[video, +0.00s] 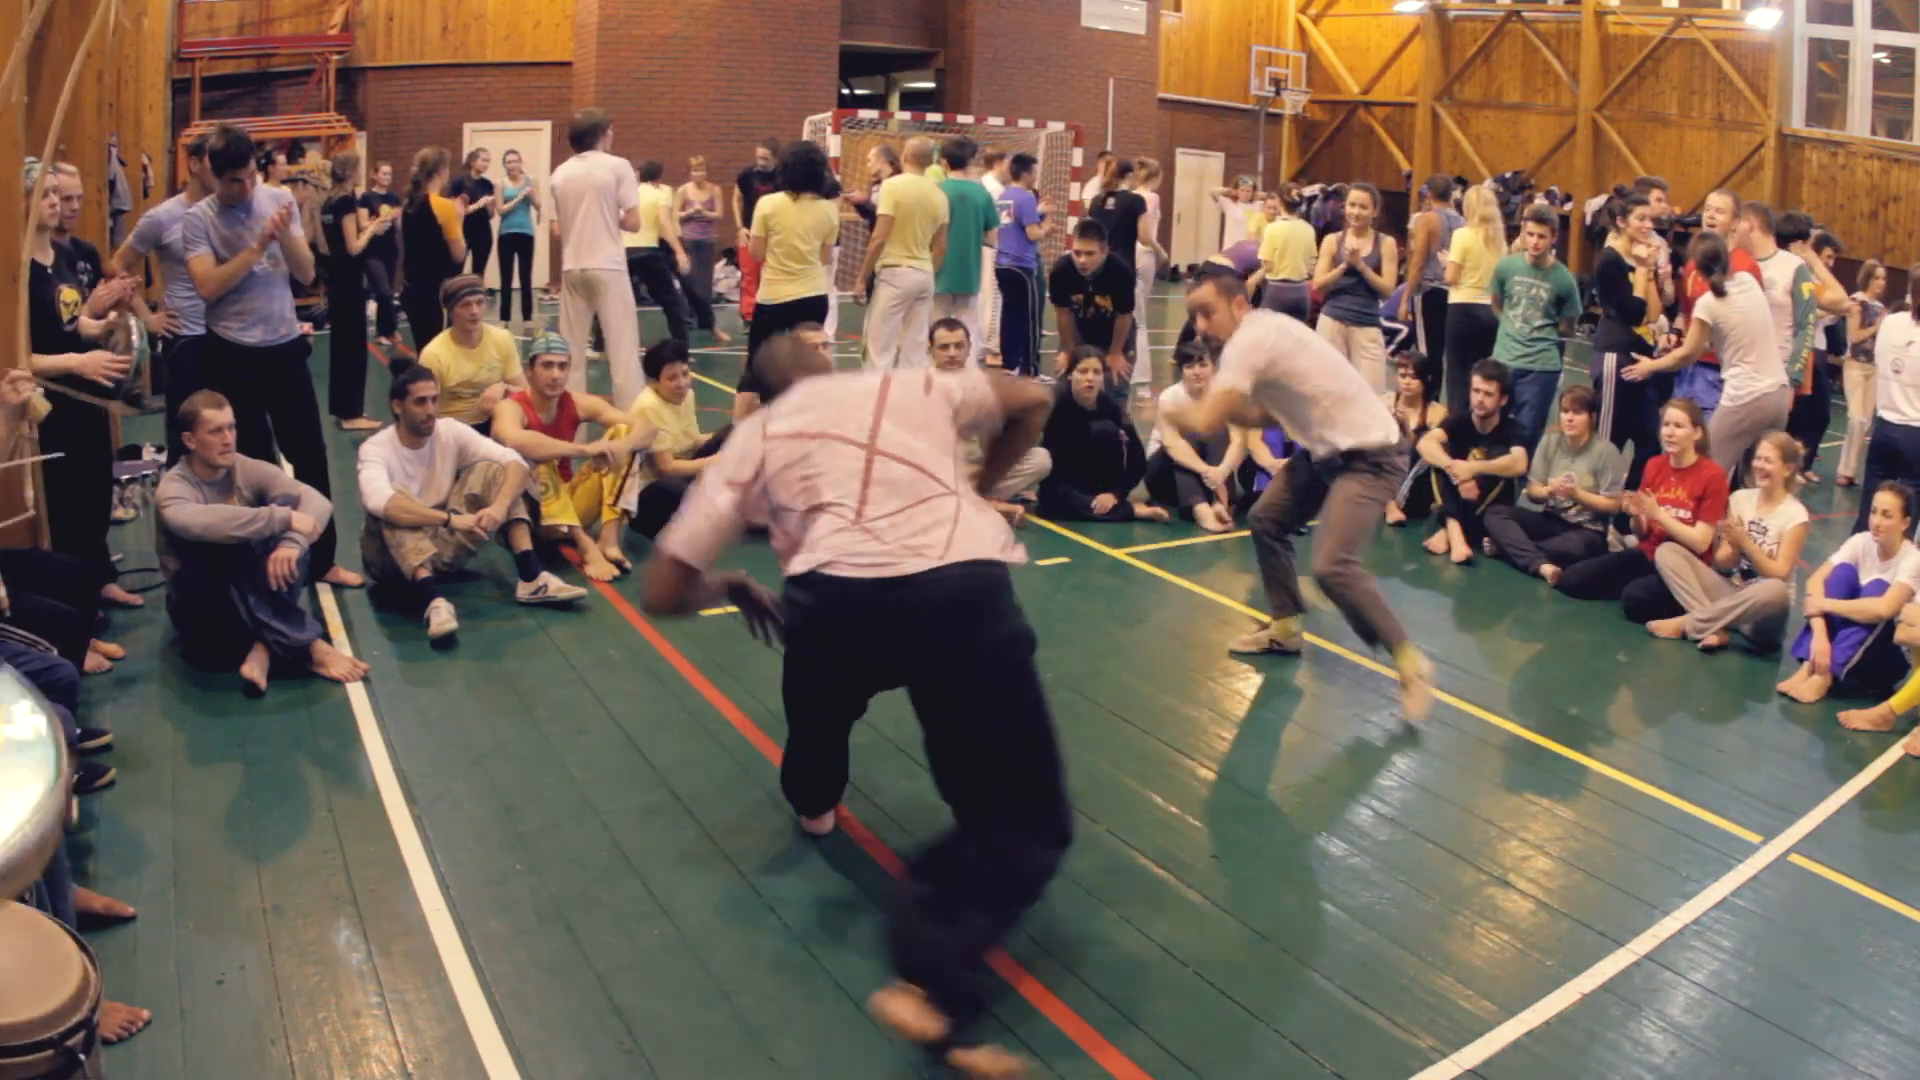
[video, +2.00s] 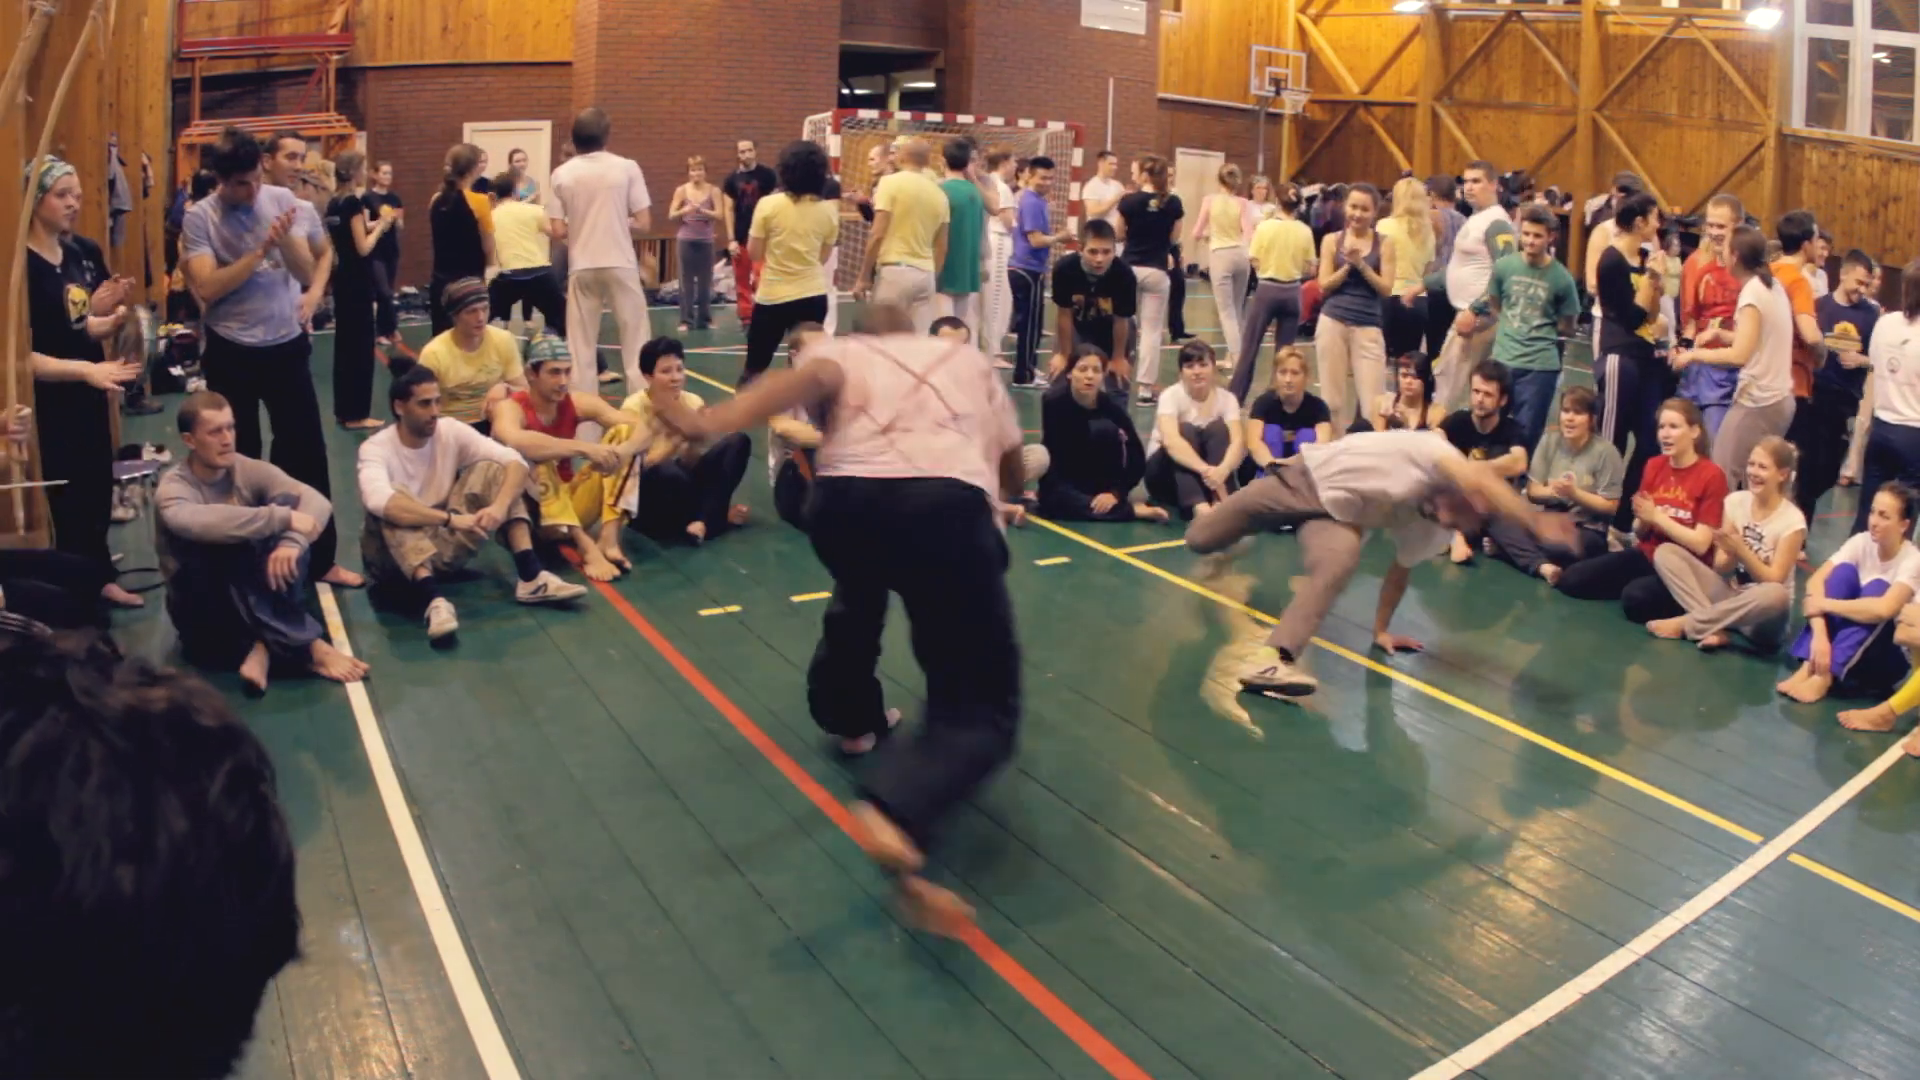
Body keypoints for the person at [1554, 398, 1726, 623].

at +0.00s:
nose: (1669, 432)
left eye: (1678, 426)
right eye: (1666, 425)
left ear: (1697, 433)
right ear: (1659, 428)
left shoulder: (1713, 475)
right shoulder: (1654, 465)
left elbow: (1701, 542)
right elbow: (1641, 532)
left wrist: (1658, 513)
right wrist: (1636, 514)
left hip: (1684, 565)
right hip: (1647, 555)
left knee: (1635, 601)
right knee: (1570, 581)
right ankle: (1635, 582)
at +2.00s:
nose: (1665, 434)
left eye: (1674, 427)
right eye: (1661, 427)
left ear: (1695, 432)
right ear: (1656, 430)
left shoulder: (1712, 476)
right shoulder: (1654, 465)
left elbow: (1700, 544)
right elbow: (1639, 531)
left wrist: (1656, 517)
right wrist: (1646, 517)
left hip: (1683, 567)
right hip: (1646, 555)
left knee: (1635, 600)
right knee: (1570, 581)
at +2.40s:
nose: (1666, 433)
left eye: (1675, 426)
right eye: (1661, 426)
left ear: (1694, 431)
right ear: (1656, 430)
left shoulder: (1710, 475)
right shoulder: (1652, 466)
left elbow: (1699, 544)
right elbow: (1637, 530)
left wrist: (1654, 517)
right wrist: (1645, 517)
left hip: (1682, 565)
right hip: (1645, 555)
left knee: (1635, 600)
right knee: (1572, 580)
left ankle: (1692, 603)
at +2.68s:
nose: (1664, 433)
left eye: (1673, 426)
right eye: (1659, 426)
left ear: (1689, 431)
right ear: (1653, 431)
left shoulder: (1708, 474)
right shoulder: (1648, 467)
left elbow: (1698, 538)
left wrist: (1652, 517)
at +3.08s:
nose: (1665, 434)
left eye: (1674, 426)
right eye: (1660, 426)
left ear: (1690, 431)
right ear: (1653, 431)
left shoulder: (1709, 474)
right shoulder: (1647, 468)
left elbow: (1699, 541)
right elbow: (1631, 519)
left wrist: (1654, 521)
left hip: (1693, 564)